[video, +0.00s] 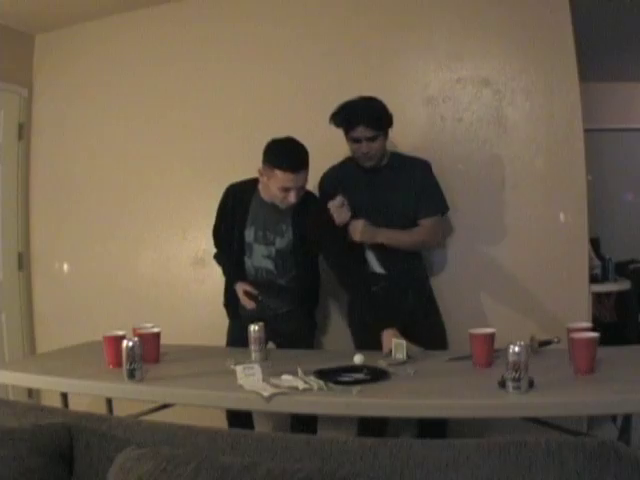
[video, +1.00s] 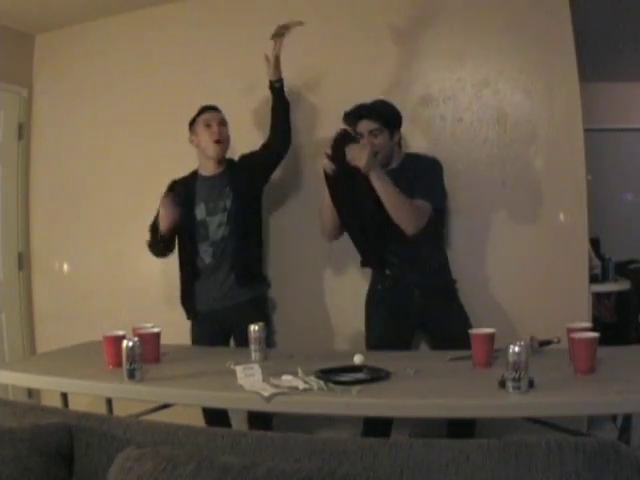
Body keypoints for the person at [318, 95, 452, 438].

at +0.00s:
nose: (364, 148)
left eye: (372, 139)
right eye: (356, 140)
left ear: (386, 135)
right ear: (346, 138)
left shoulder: (416, 171)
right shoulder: (333, 180)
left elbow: (434, 234)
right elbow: (324, 249)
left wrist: (377, 235)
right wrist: (331, 223)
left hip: (414, 296)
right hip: (365, 300)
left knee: (433, 383)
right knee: (374, 390)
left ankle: (433, 469)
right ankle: (372, 475)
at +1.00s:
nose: (367, 145)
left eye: (375, 135)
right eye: (360, 138)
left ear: (395, 135)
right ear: (354, 141)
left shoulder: (424, 168)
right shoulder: (356, 180)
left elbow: (412, 222)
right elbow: (331, 232)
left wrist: (372, 170)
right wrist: (333, 180)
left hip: (433, 288)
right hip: (386, 292)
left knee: (464, 371)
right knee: (380, 382)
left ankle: (462, 463)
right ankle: (368, 468)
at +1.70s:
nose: (384, 133)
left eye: (388, 124)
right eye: (376, 127)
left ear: (403, 126)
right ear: (366, 135)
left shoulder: (431, 166)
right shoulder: (366, 175)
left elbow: (434, 209)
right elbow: (317, 180)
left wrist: (406, 153)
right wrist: (323, 120)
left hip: (435, 288)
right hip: (389, 291)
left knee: (452, 380)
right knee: (380, 382)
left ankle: (448, 469)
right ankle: (369, 470)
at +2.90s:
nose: (373, 140)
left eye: (378, 132)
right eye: (363, 132)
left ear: (393, 142)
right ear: (354, 142)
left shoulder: (409, 175)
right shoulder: (347, 183)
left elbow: (440, 190)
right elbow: (305, 192)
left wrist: (412, 132)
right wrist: (306, 134)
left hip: (408, 290)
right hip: (357, 293)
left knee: (427, 381)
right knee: (346, 385)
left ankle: (438, 469)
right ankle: (340, 469)